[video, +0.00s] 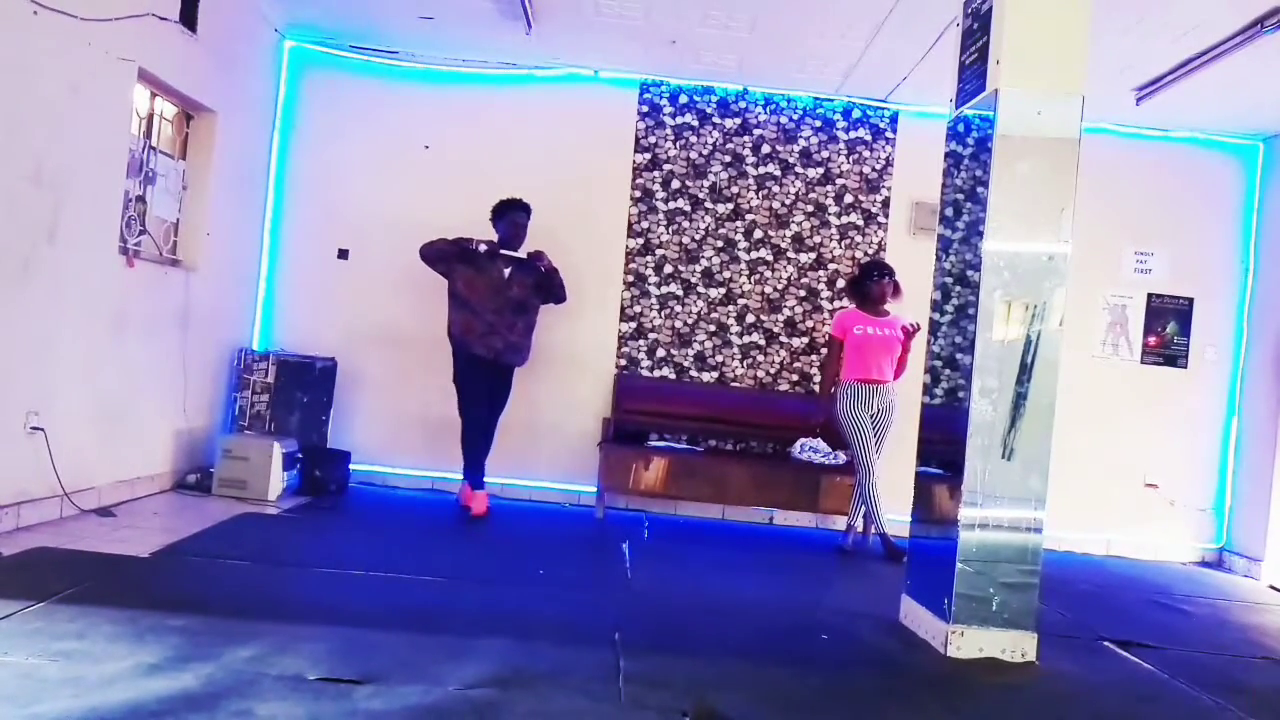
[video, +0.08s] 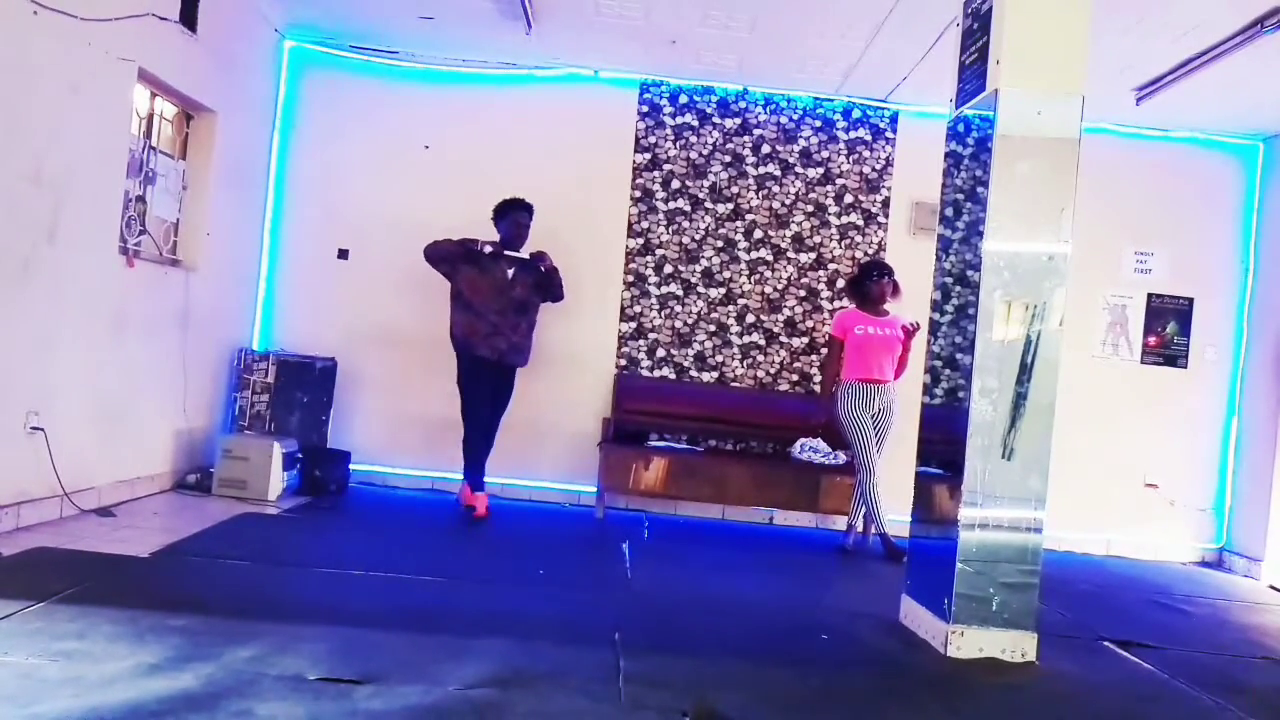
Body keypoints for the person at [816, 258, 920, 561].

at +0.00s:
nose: (885, 291)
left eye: (889, 284)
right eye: (879, 284)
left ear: (894, 289)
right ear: (864, 287)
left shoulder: (897, 325)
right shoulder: (846, 317)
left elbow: (896, 373)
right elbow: (832, 362)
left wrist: (907, 345)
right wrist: (825, 400)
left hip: (884, 397)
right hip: (852, 394)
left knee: (868, 465)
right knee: (866, 463)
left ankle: (850, 532)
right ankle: (883, 535)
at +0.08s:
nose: (886, 289)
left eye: (889, 283)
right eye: (879, 282)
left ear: (893, 288)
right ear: (864, 286)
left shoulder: (897, 325)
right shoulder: (846, 317)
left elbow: (897, 373)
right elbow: (832, 362)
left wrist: (907, 344)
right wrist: (825, 401)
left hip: (884, 397)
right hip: (853, 394)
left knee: (869, 465)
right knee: (867, 463)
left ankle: (851, 533)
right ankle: (884, 535)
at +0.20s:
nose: (887, 288)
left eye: (889, 282)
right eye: (881, 282)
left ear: (893, 287)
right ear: (865, 286)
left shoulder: (897, 324)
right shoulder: (846, 317)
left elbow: (896, 372)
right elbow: (833, 363)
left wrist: (908, 343)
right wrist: (827, 402)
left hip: (885, 397)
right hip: (854, 394)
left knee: (869, 465)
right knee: (868, 463)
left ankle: (851, 533)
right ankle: (885, 535)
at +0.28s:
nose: (892, 287)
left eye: (892, 281)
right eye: (885, 281)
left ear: (891, 286)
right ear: (868, 285)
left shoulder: (897, 325)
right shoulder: (847, 317)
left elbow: (896, 371)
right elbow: (834, 364)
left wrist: (908, 343)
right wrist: (829, 404)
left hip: (885, 397)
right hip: (855, 394)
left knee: (869, 465)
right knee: (869, 464)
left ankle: (852, 533)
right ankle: (886, 536)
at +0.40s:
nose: (893, 286)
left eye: (893, 280)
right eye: (887, 281)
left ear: (887, 285)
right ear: (870, 285)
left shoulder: (896, 324)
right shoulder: (848, 317)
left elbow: (895, 370)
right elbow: (835, 364)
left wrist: (909, 343)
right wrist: (830, 404)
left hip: (886, 397)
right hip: (856, 395)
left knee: (869, 465)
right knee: (869, 464)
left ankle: (852, 532)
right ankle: (886, 536)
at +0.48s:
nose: (894, 288)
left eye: (893, 282)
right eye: (887, 283)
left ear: (887, 285)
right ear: (870, 286)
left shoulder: (896, 324)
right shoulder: (849, 317)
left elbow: (895, 369)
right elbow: (836, 364)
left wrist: (909, 343)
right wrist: (832, 404)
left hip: (886, 397)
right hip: (856, 394)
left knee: (869, 465)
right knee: (869, 464)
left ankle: (853, 532)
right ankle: (887, 535)